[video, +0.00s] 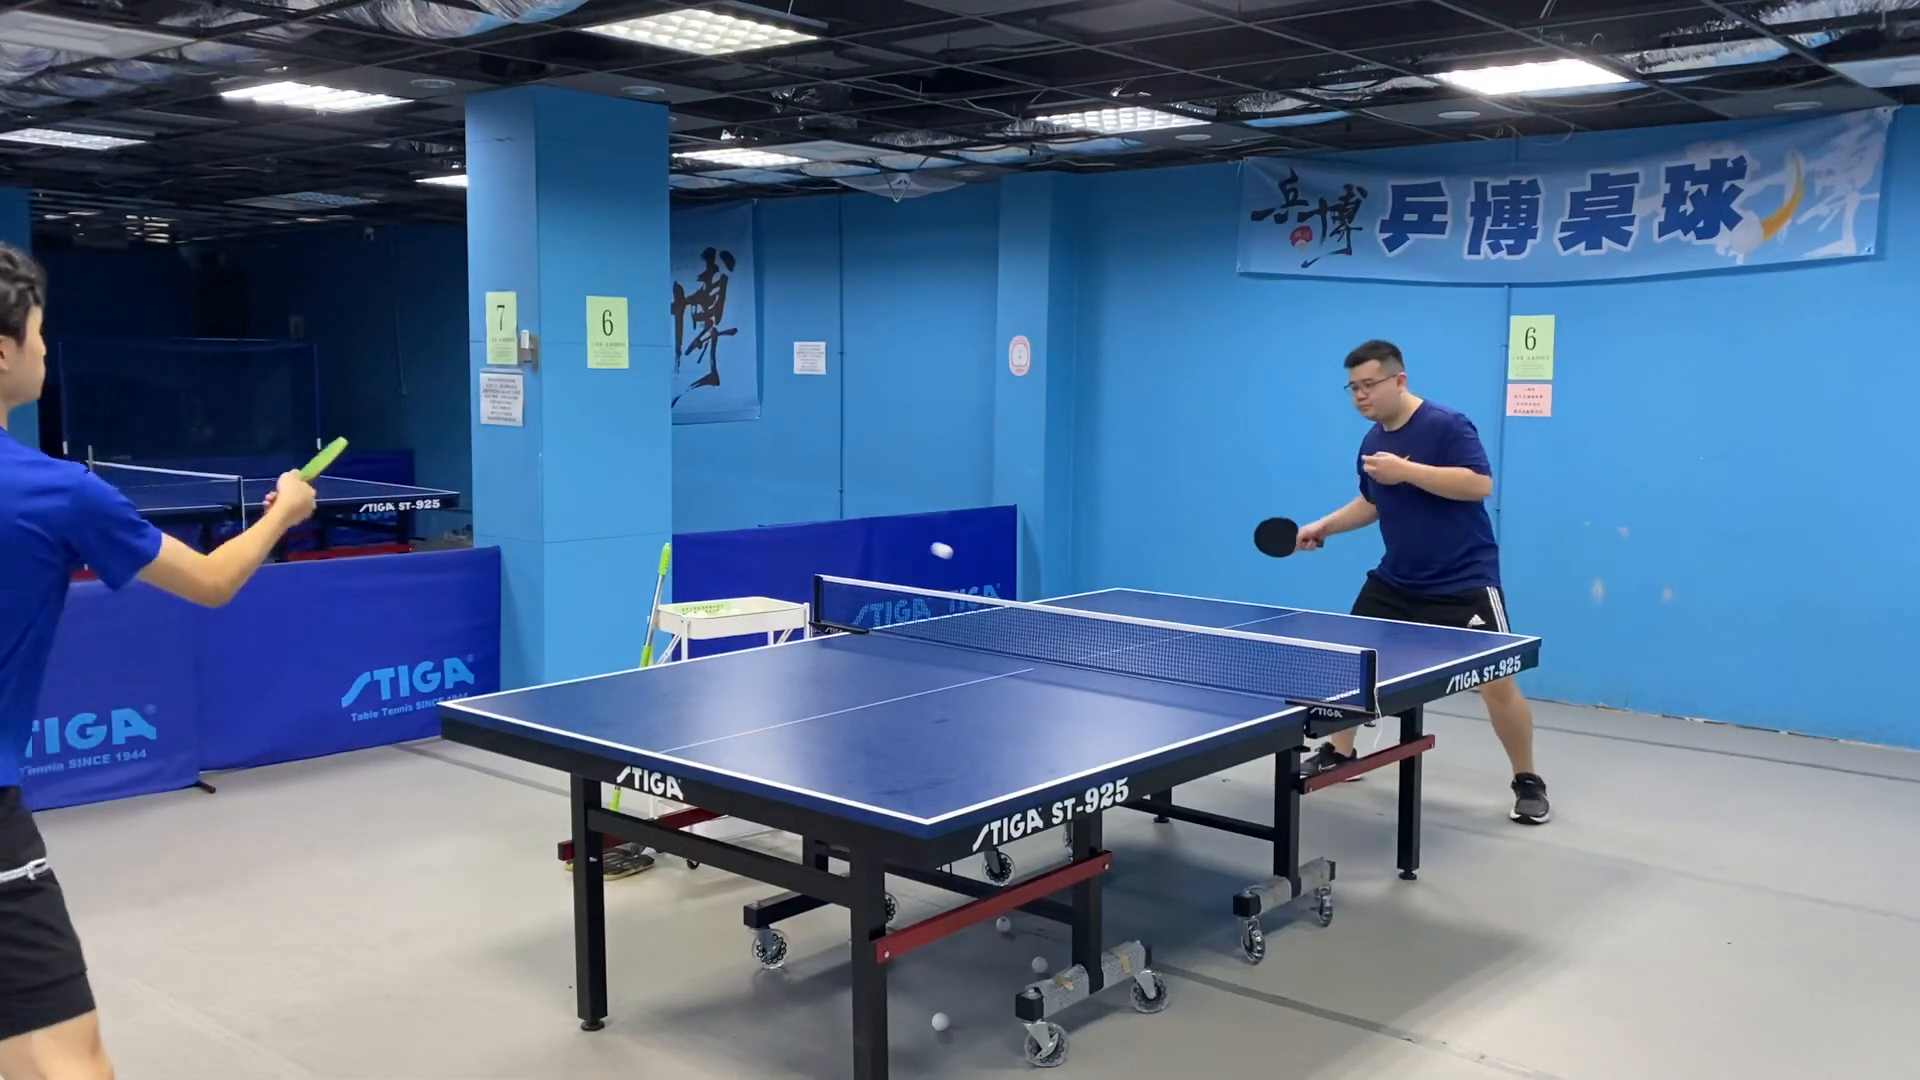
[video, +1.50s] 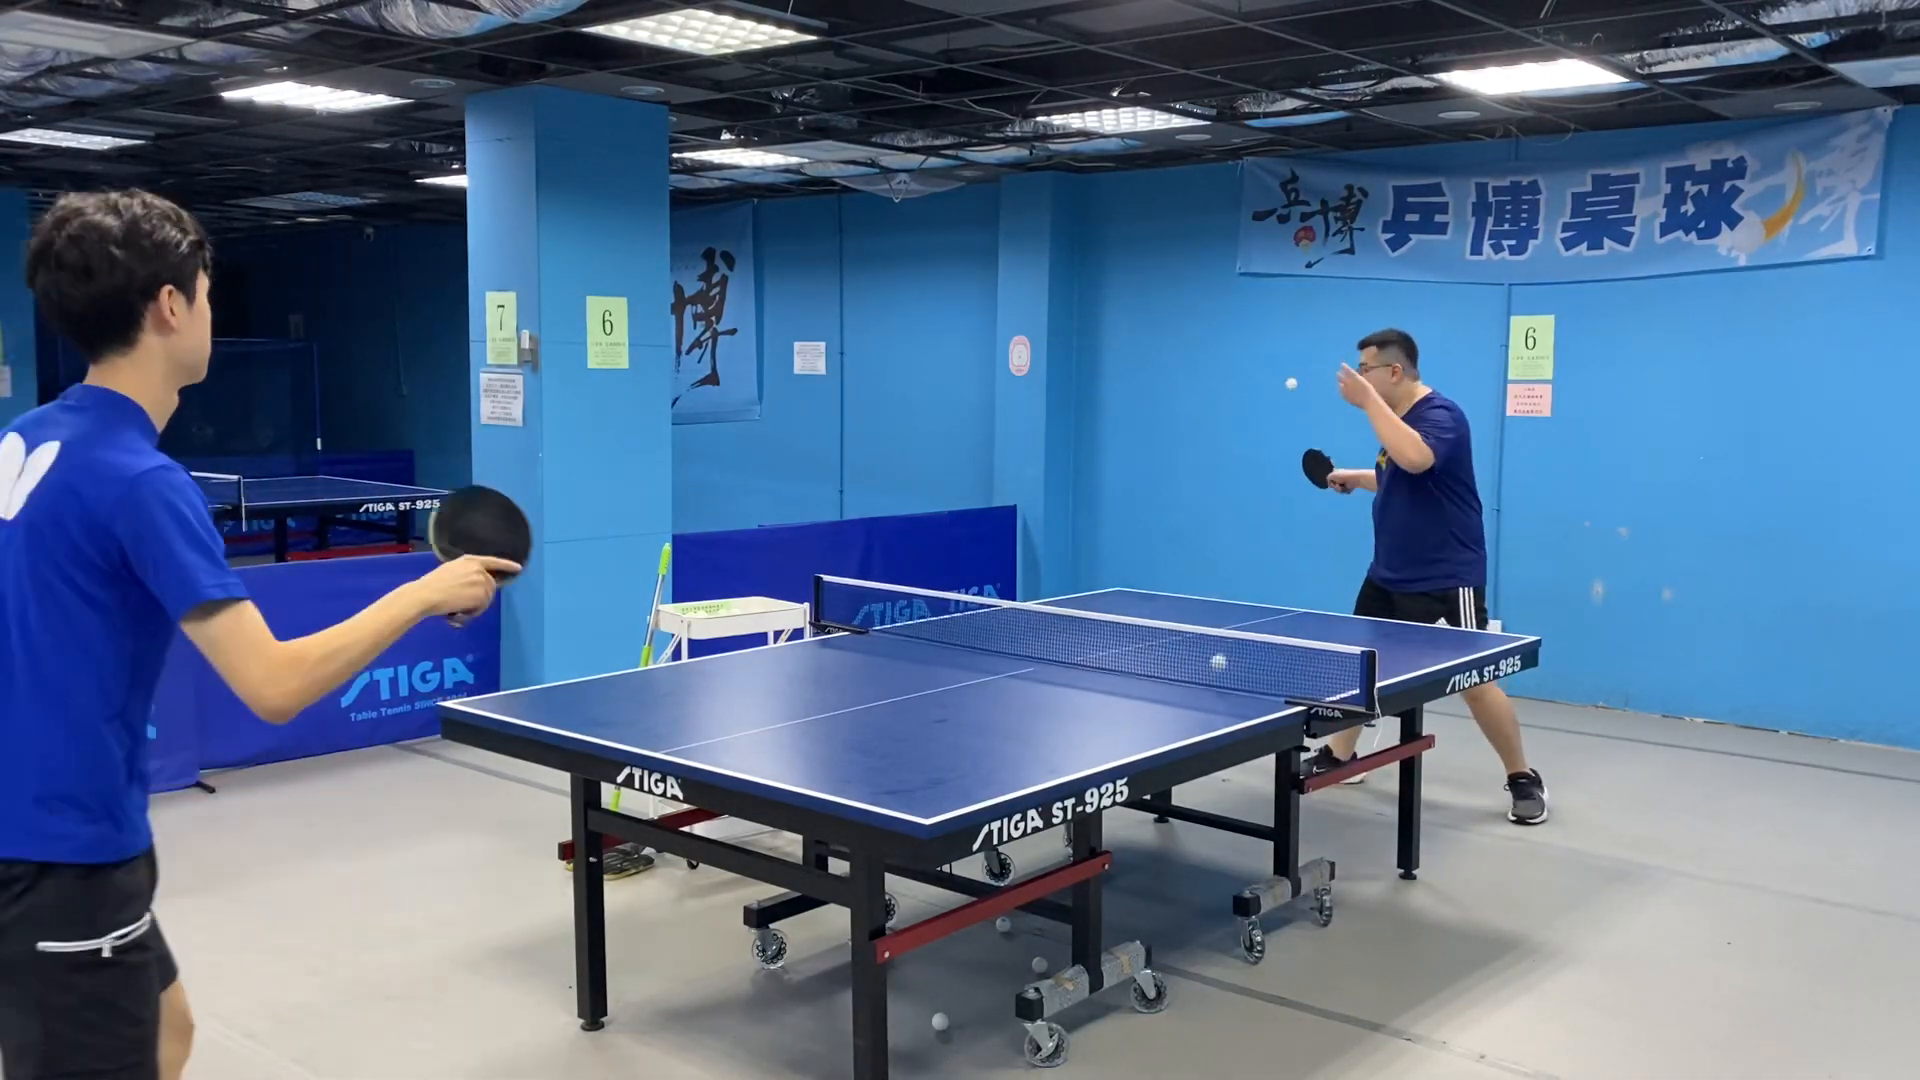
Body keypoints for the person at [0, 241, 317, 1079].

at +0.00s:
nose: (44, 355)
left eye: (39, 334)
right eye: (37, 336)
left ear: (0, 349)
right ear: (1, 349)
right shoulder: (52, 490)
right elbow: (209, 582)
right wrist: (283, 513)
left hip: (6, 798)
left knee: (27, 1051)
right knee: (66, 1052)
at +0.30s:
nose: (36, 377)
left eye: (30, 354)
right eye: (27, 355)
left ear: (0, 361)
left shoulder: (18, 539)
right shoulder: (16, 540)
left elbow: (130, 702)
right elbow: (139, 708)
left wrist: (230, 636)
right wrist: (237, 632)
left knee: (23, 1056)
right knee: (21, 1060)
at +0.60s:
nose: (87, 489)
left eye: (84, 470)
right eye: (77, 470)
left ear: (20, 492)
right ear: (20, 490)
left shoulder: (13, 597)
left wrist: (120, 795)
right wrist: (19, 927)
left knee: (21, 1047)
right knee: (20, 1050)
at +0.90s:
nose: (102, 498)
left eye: (98, 476)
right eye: (92, 476)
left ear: (27, 498)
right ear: (28, 496)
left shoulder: (38, 587)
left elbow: (5, 715)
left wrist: (147, 774)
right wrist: (147, 774)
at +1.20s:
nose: (144, 345)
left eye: (144, 320)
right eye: (138, 320)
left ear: (75, 327)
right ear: (82, 329)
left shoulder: (27, 472)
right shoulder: (17, 500)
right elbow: (4, 770)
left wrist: (84, 610)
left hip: (4, 834)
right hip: (1, 839)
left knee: (58, 1005)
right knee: (57, 1008)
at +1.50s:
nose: (211, 318)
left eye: (206, 294)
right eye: (205, 294)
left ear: (78, 314)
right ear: (167, 308)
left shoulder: (31, 440)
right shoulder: (135, 477)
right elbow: (276, 684)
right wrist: (425, 594)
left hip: (29, 844)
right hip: (67, 865)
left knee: (164, 1031)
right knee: (97, 1064)